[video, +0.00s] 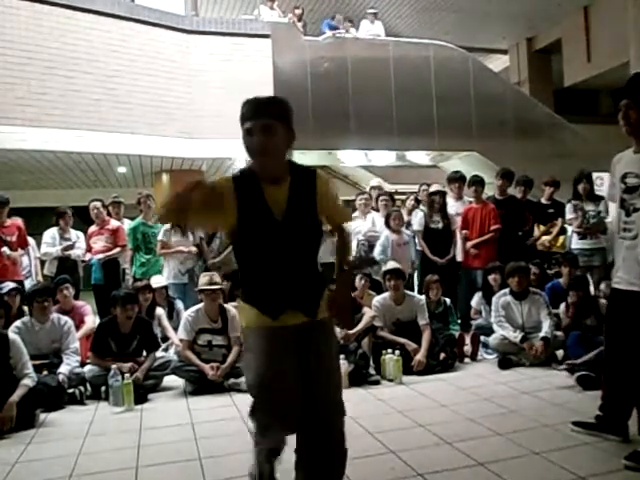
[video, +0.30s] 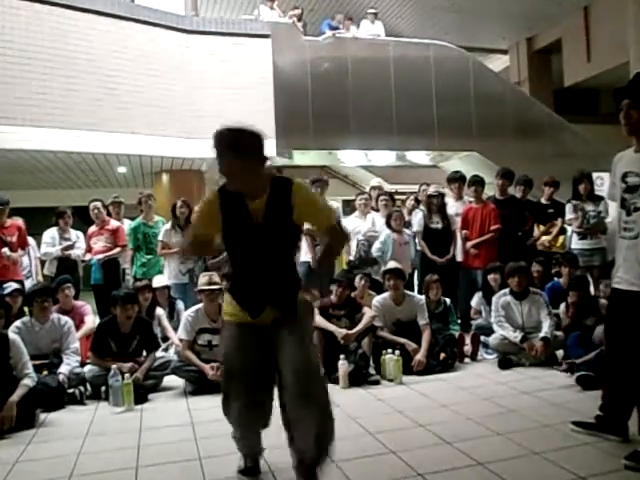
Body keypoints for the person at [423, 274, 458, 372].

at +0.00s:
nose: (435, 292)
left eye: (437, 289)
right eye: (432, 289)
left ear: (441, 290)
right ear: (427, 291)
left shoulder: (446, 303)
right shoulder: (421, 303)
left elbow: (453, 322)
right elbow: (421, 322)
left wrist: (453, 334)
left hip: (444, 331)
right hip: (429, 331)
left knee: (449, 338)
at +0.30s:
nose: (435, 292)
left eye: (437, 288)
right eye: (432, 289)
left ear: (441, 289)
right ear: (427, 291)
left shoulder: (447, 303)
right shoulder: (421, 303)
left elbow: (453, 322)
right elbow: (421, 322)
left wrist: (452, 334)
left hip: (444, 332)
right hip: (429, 332)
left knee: (449, 339)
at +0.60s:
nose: (435, 292)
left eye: (437, 288)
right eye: (432, 289)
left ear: (441, 289)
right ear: (427, 291)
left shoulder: (447, 303)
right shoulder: (421, 303)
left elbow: (453, 322)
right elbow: (421, 322)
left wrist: (452, 334)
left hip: (444, 332)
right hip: (429, 332)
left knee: (449, 339)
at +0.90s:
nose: (435, 292)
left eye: (438, 288)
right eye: (432, 289)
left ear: (441, 289)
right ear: (427, 290)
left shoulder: (446, 303)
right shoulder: (421, 303)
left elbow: (453, 322)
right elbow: (421, 322)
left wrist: (452, 334)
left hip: (444, 331)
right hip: (429, 332)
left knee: (449, 338)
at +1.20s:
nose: (435, 291)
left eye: (438, 288)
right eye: (432, 288)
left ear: (441, 289)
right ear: (427, 290)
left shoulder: (446, 303)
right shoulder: (421, 302)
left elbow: (453, 322)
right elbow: (421, 322)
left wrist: (452, 334)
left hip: (444, 332)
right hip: (429, 332)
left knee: (449, 338)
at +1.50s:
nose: (436, 291)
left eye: (439, 288)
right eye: (432, 288)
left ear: (442, 290)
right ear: (427, 290)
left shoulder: (447, 303)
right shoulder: (422, 303)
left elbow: (453, 322)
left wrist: (452, 334)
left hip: (444, 332)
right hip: (428, 332)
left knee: (450, 339)